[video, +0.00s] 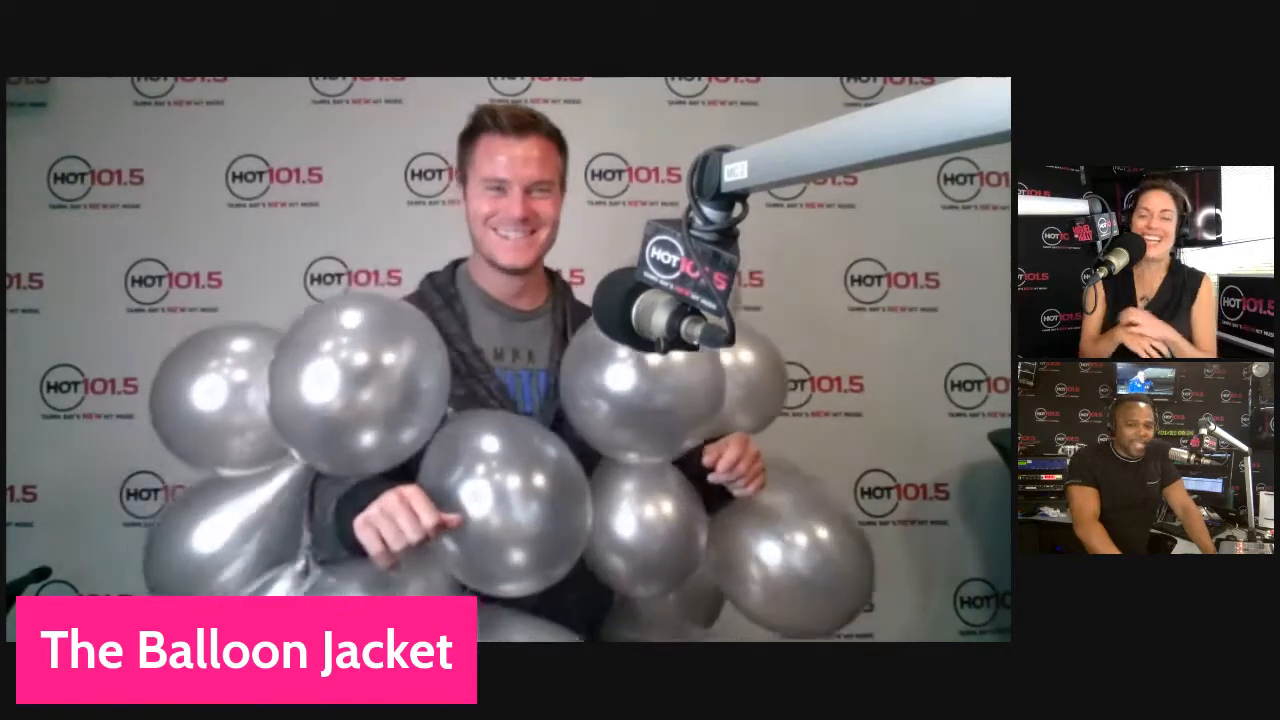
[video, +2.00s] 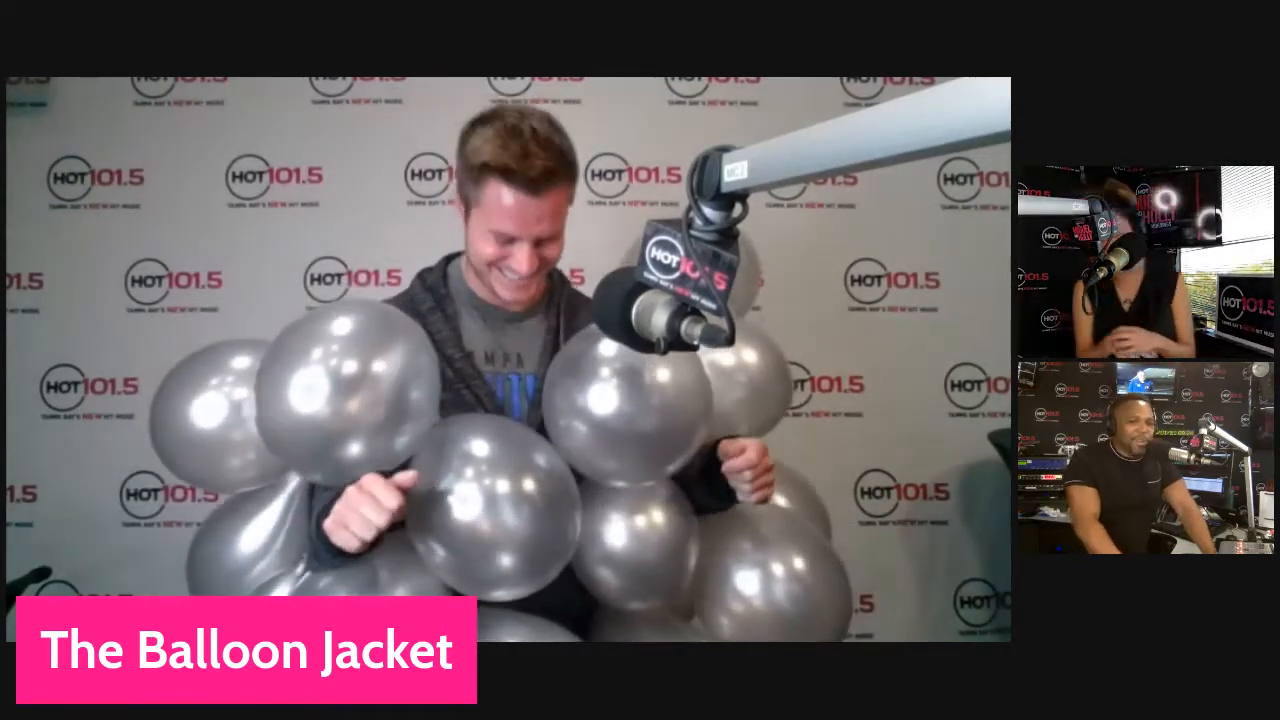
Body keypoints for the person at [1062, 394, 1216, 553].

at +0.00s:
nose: (1142, 433)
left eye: (1148, 426)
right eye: (1132, 425)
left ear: (1154, 429)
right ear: (1113, 428)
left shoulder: (1157, 458)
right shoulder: (1087, 461)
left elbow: (1186, 508)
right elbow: (1086, 525)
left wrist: (1210, 552)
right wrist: (1120, 560)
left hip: (1141, 554)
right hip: (1097, 556)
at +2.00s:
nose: (1143, 429)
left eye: (1149, 422)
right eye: (1133, 422)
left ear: (1154, 426)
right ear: (1112, 426)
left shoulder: (1157, 457)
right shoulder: (1086, 460)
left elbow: (1186, 507)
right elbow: (1086, 524)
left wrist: (1210, 553)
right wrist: (1120, 564)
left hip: (1142, 558)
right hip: (1097, 561)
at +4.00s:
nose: (1142, 432)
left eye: (1148, 424)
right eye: (1132, 424)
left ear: (1154, 428)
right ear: (1112, 427)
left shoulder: (1158, 457)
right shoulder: (1088, 460)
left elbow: (1187, 507)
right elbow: (1087, 524)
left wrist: (1210, 552)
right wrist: (1119, 560)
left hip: (1143, 554)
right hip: (1099, 555)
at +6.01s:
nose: (1142, 433)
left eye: (1148, 425)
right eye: (1131, 425)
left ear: (1154, 428)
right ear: (1112, 427)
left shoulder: (1157, 458)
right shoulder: (1087, 460)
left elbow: (1186, 508)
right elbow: (1086, 524)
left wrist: (1211, 552)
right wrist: (1118, 560)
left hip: (1144, 556)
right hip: (1100, 556)